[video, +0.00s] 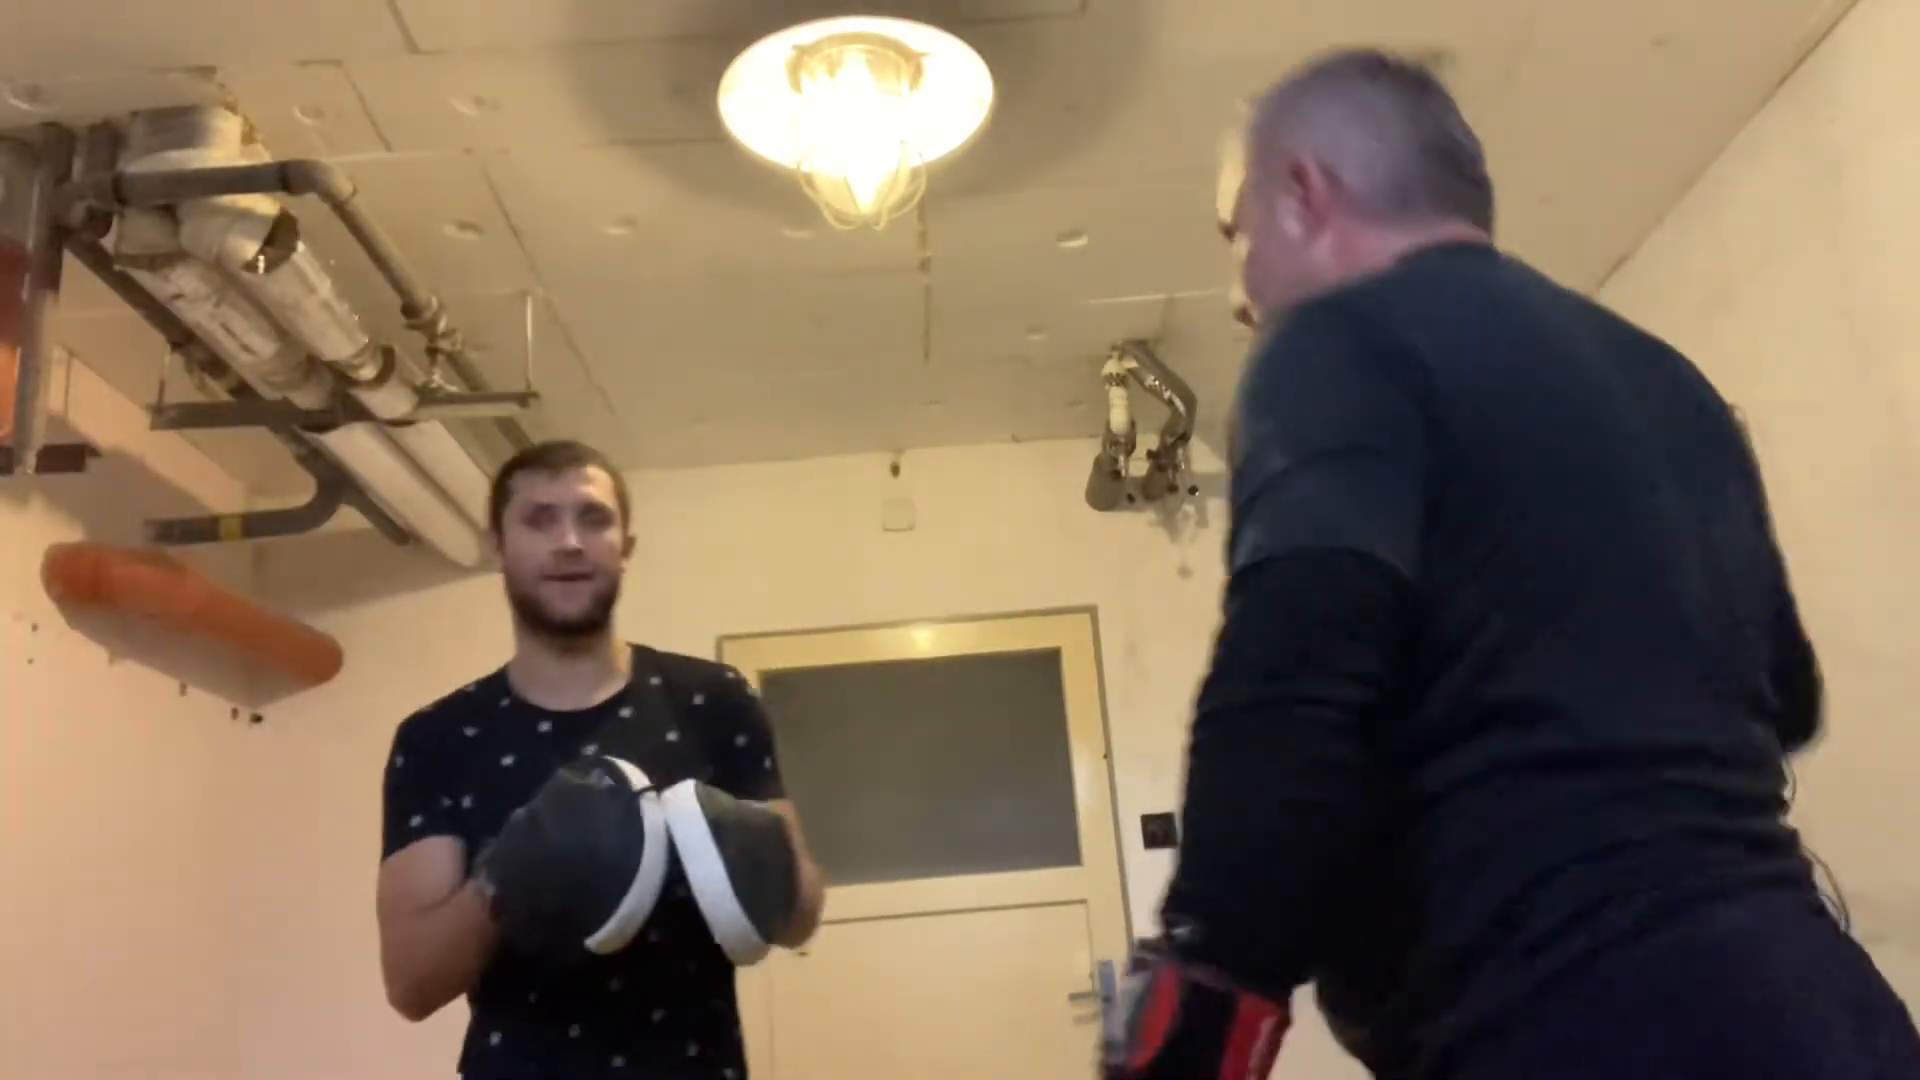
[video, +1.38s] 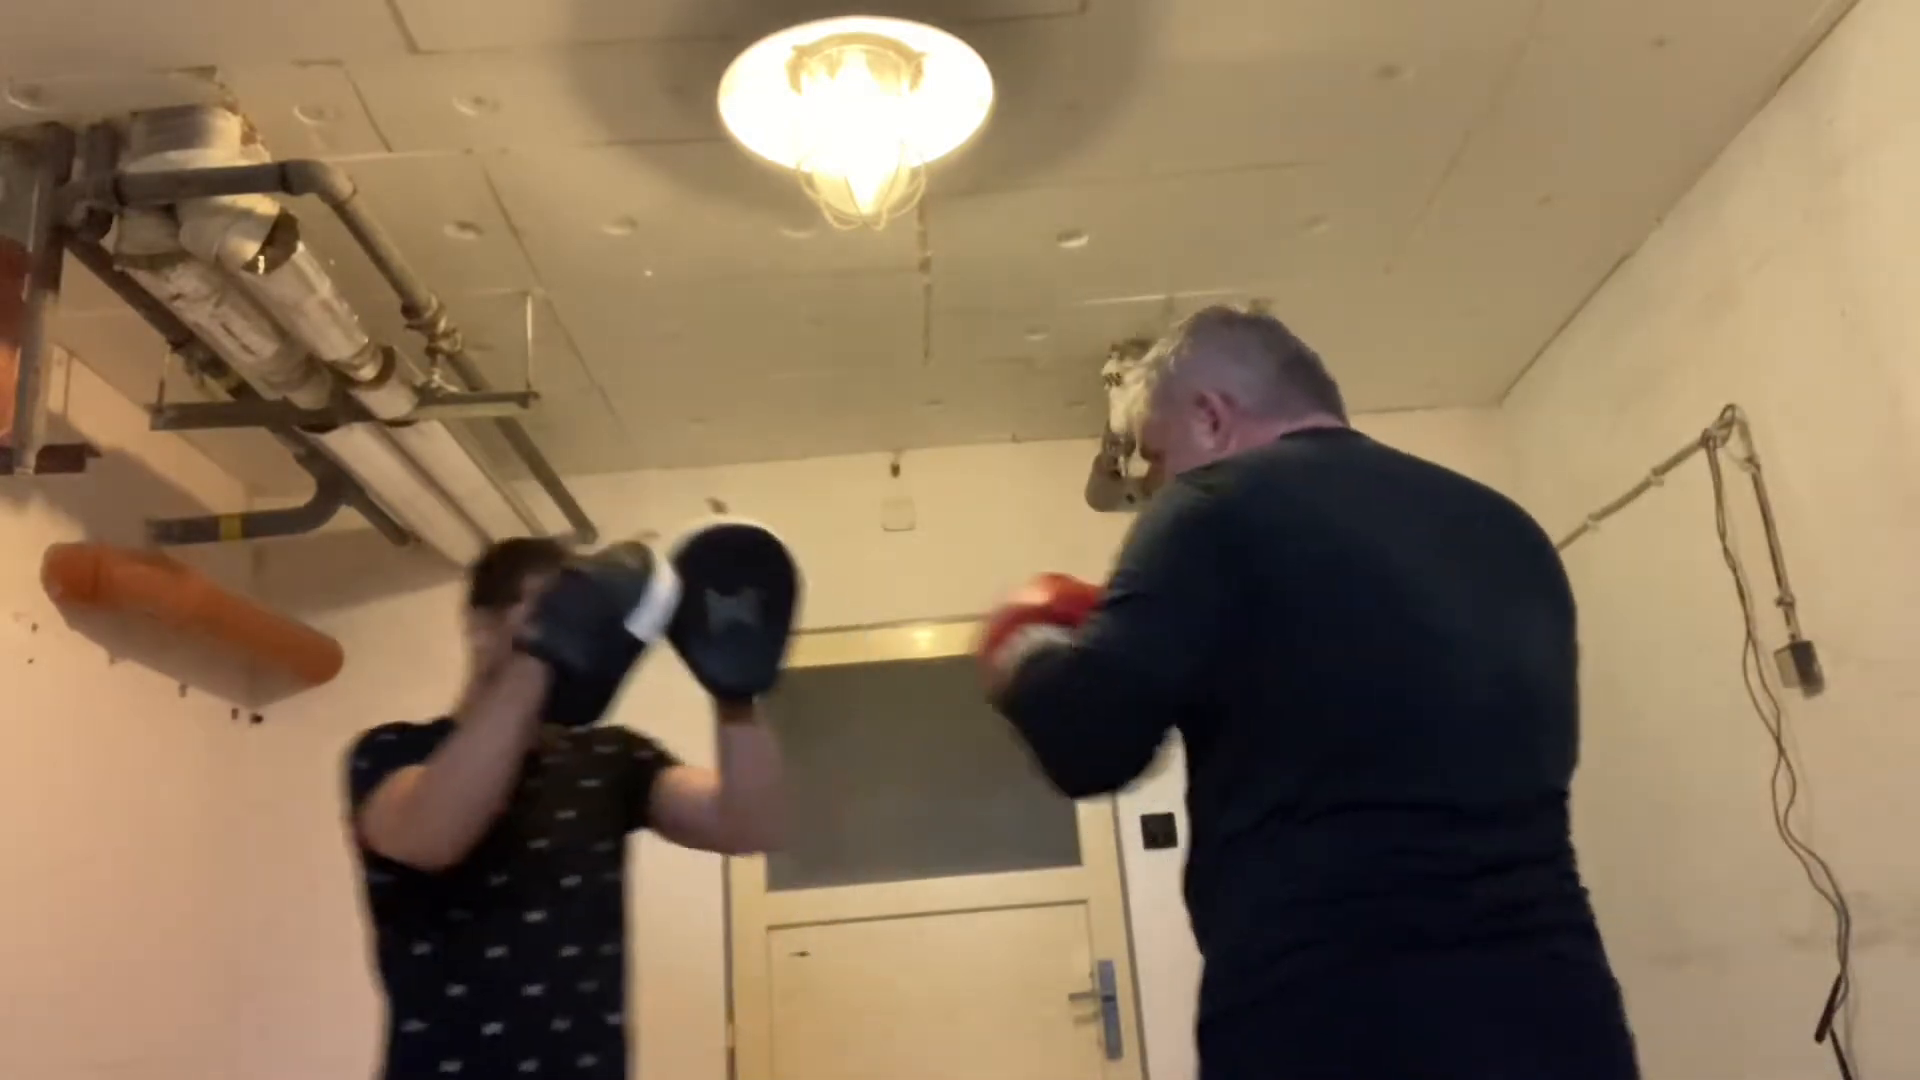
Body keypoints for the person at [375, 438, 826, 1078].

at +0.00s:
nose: (569, 542)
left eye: (592, 519)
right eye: (539, 520)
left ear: (625, 545)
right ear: (498, 548)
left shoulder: (714, 702)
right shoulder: (439, 741)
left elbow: (802, 917)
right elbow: (412, 979)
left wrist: (758, 865)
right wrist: (520, 872)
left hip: (694, 1058)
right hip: (523, 1062)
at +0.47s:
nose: (627, 574)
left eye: (648, 553)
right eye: (599, 552)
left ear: (672, 578)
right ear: (555, 575)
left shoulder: (740, 724)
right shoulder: (494, 750)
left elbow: (810, 932)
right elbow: (463, 962)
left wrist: (786, 829)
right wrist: (567, 836)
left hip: (710, 1061)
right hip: (555, 1063)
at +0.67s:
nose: (703, 585)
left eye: (724, 567)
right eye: (677, 561)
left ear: (743, 588)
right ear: (629, 575)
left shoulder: (784, 734)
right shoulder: (551, 734)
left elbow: (841, 943)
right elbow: (512, 938)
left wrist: (841, 855)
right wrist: (644, 829)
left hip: (733, 1061)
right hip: (585, 1060)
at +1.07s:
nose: (709, 613)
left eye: (724, 594)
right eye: (684, 587)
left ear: (737, 607)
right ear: (626, 592)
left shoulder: (740, 742)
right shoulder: (540, 730)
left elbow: (843, 924)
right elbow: (520, 902)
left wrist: (849, 793)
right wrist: (659, 758)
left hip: (704, 1059)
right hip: (563, 1059)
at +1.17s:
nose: (678, 624)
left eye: (691, 604)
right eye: (654, 599)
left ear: (704, 611)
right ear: (590, 602)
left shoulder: (704, 744)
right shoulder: (506, 735)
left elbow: (826, 895)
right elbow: (502, 885)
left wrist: (822, 760)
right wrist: (619, 733)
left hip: (679, 1060)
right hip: (539, 1060)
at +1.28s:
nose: (623, 635)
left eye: (637, 617)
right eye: (603, 614)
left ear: (655, 626)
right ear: (540, 615)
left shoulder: (665, 750)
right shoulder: (454, 745)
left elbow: (796, 857)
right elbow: (473, 859)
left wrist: (784, 722)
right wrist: (582, 691)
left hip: (637, 1061)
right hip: (497, 1063)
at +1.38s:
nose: (544, 635)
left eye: (559, 618)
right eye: (528, 616)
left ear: (583, 628)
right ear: (479, 625)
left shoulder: (605, 760)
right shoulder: (393, 754)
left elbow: (750, 827)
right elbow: (430, 835)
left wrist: (736, 690)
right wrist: (537, 657)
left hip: (584, 1061)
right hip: (444, 1063)